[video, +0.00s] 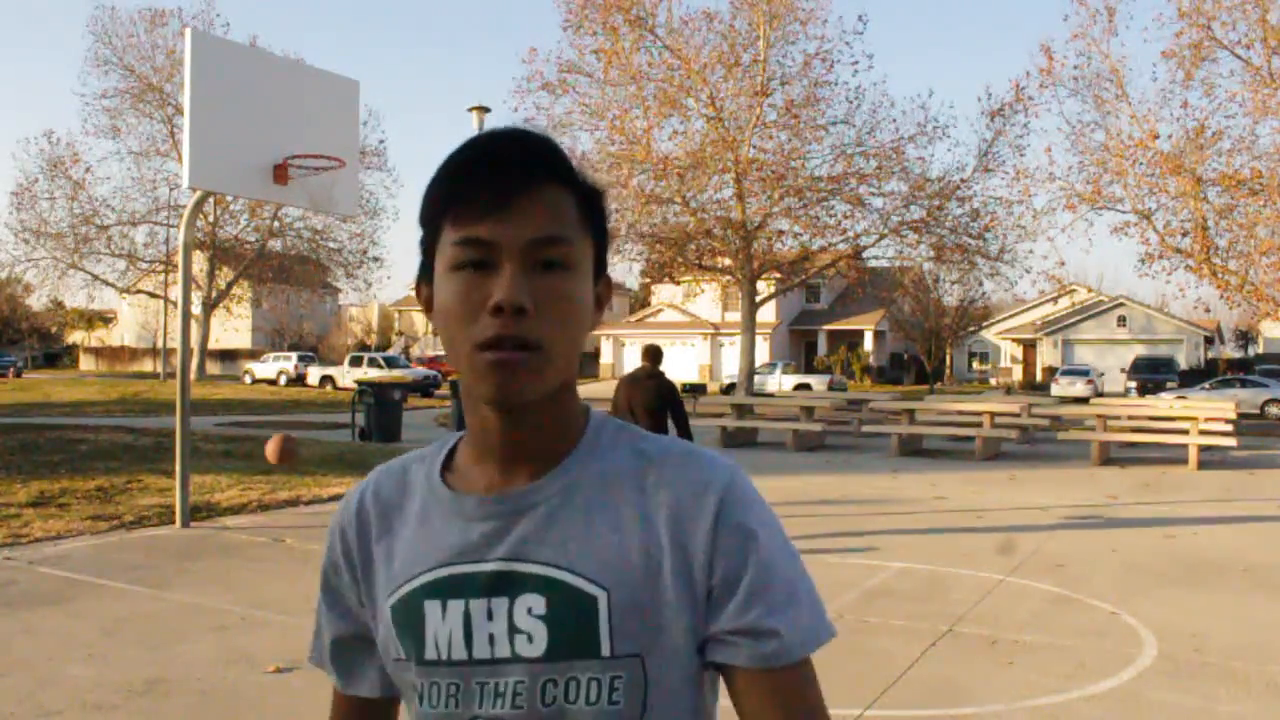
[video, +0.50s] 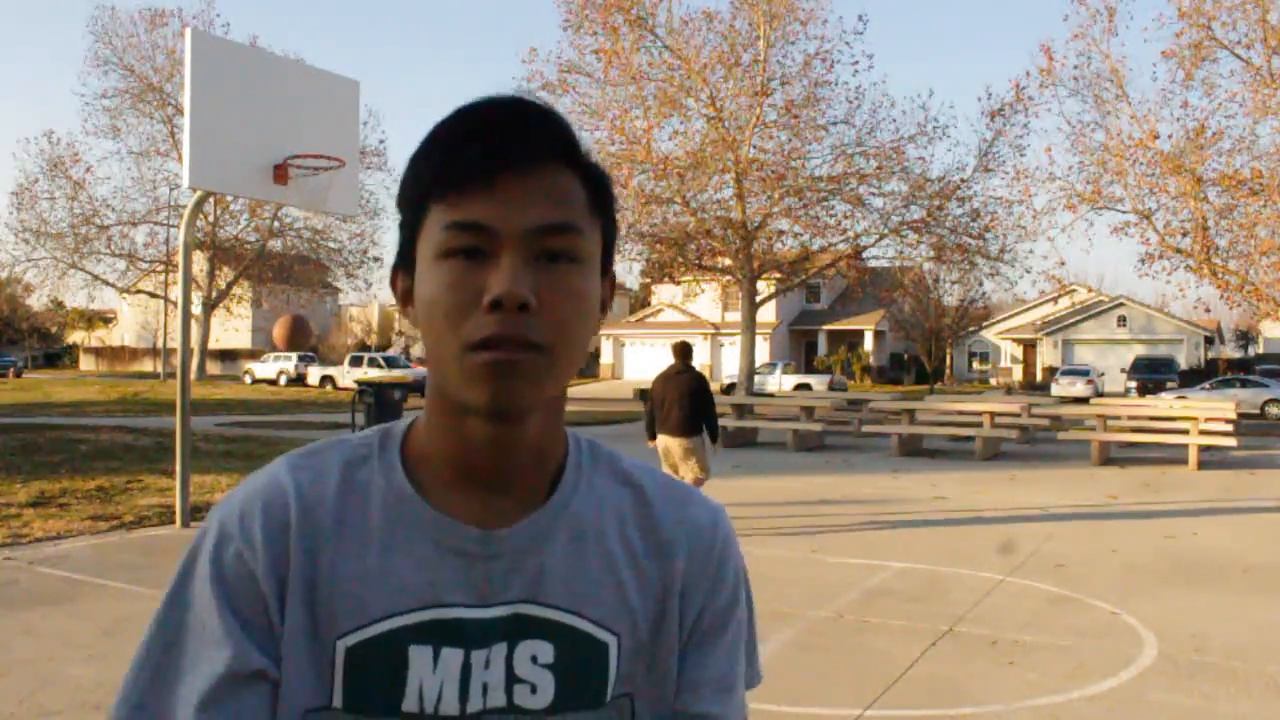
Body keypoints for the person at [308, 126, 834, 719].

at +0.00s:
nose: (509, 297)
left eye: (549, 263)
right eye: (475, 263)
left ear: (600, 303)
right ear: (428, 302)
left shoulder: (705, 505)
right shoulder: (371, 519)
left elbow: (793, 710)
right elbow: (360, 706)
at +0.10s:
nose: (503, 304)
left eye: (540, 270)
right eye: (463, 272)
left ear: (590, 307)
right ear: (411, 315)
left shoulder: (704, 511)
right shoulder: (335, 545)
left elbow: (817, 709)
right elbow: (301, 713)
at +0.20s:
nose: (491, 295)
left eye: (530, 259)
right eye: (450, 260)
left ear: (579, 301)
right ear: (394, 303)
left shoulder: (693, 506)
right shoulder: (299, 549)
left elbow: (839, 706)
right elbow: (240, 715)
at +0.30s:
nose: (486, 299)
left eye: (526, 263)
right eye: (443, 260)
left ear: (573, 299)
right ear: (381, 299)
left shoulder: (681, 519)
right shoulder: (272, 559)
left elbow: (793, 713)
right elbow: (204, 712)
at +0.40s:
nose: (487, 312)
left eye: (529, 276)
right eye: (445, 273)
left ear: (577, 322)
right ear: (383, 317)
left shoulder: (673, 558)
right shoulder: (262, 572)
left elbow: (724, 710)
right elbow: (183, 710)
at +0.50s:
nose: (509, 290)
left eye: (554, 255)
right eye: (467, 252)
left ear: (607, 298)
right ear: (405, 290)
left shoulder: (689, 549)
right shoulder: (269, 535)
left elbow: (713, 709)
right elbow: (182, 709)